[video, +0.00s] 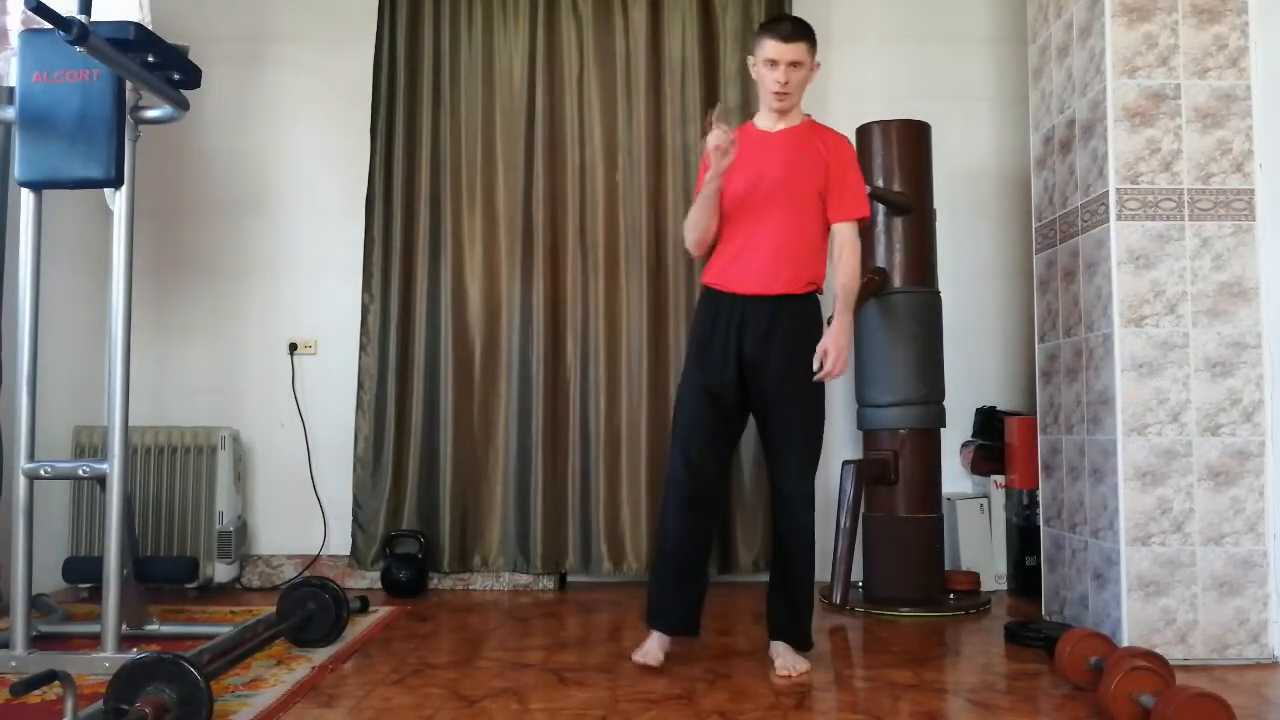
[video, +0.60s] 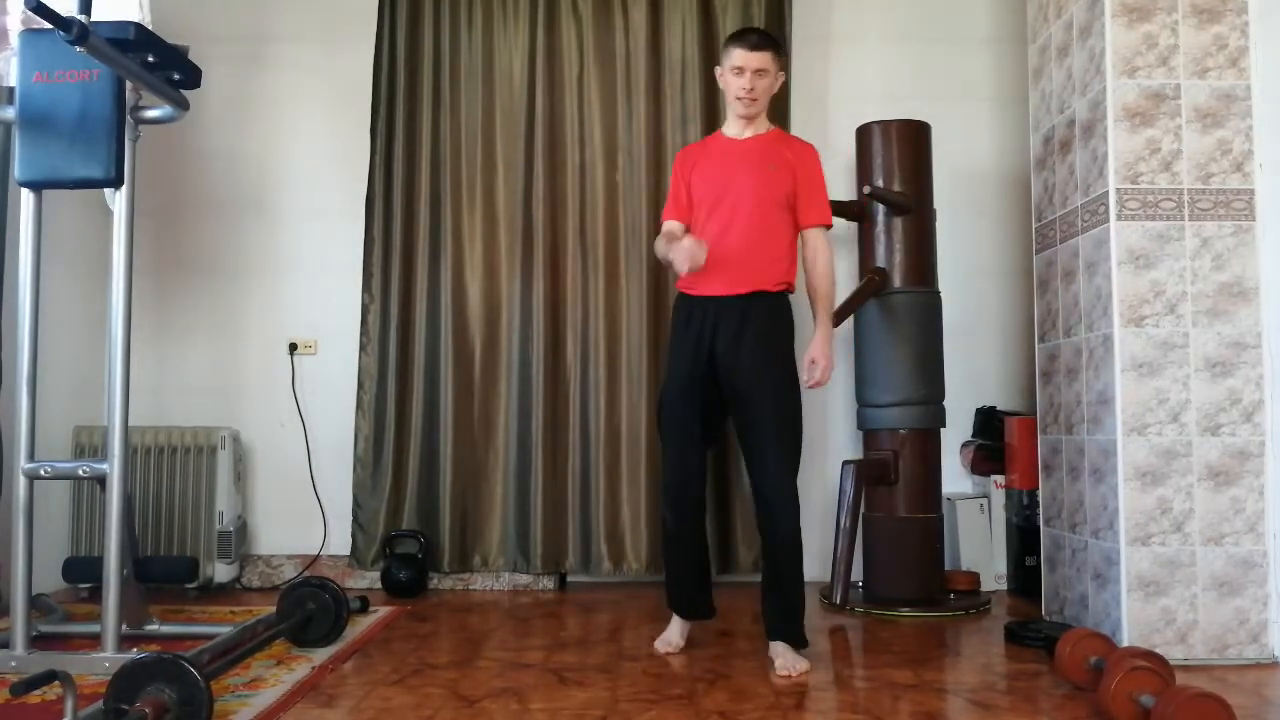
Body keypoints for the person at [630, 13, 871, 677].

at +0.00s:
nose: (781, 77)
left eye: (794, 65)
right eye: (770, 63)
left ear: (812, 71)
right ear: (752, 66)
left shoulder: (832, 149)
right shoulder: (724, 146)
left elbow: (847, 244)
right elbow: (695, 243)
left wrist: (841, 322)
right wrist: (714, 173)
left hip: (794, 324)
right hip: (721, 320)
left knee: (793, 486)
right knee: (690, 473)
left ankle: (787, 636)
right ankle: (667, 622)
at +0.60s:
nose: (748, 83)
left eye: (761, 72)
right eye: (737, 71)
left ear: (777, 80)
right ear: (720, 76)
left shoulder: (797, 155)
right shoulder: (691, 157)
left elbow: (817, 246)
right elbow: (667, 236)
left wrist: (822, 329)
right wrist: (676, 246)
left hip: (762, 323)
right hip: (694, 323)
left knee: (775, 481)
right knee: (681, 474)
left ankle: (784, 634)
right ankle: (685, 609)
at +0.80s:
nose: (728, 86)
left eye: (740, 76)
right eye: (718, 74)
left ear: (757, 86)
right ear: (700, 82)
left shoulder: (778, 157)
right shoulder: (675, 166)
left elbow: (797, 244)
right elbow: (656, 255)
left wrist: (792, 314)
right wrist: (637, 334)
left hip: (752, 324)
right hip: (680, 326)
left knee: (767, 482)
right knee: (674, 479)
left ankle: (782, 633)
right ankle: (681, 614)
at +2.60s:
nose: (666, 122)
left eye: (676, 114)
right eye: (657, 115)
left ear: (693, 128)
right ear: (642, 129)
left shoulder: (714, 193)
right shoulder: (622, 199)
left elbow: (731, 273)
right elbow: (602, 269)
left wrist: (728, 338)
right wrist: (584, 293)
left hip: (697, 339)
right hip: (634, 338)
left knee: (707, 474)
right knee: (618, 471)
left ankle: (713, 602)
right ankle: (608, 598)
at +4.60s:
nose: (667, 123)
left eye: (678, 115)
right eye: (658, 115)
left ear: (693, 128)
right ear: (643, 127)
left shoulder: (715, 192)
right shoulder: (623, 197)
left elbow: (734, 267)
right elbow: (605, 271)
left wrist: (730, 320)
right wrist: (590, 328)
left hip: (697, 338)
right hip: (632, 338)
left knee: (708, 473)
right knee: (619, 471)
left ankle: (713, 602)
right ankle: (609, 598)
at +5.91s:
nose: (664, 120)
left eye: (673, 113)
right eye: (654, 113)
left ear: (688, 126)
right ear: (638, 126)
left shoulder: (710, 191)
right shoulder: (619, 197)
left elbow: (730, 271)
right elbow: (603, 275)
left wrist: (737, 338)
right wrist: (586, 342)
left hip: (696, 340)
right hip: (630, 339)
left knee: (706, 474)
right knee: (616, 473)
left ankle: (712, 601)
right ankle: (607, 599)